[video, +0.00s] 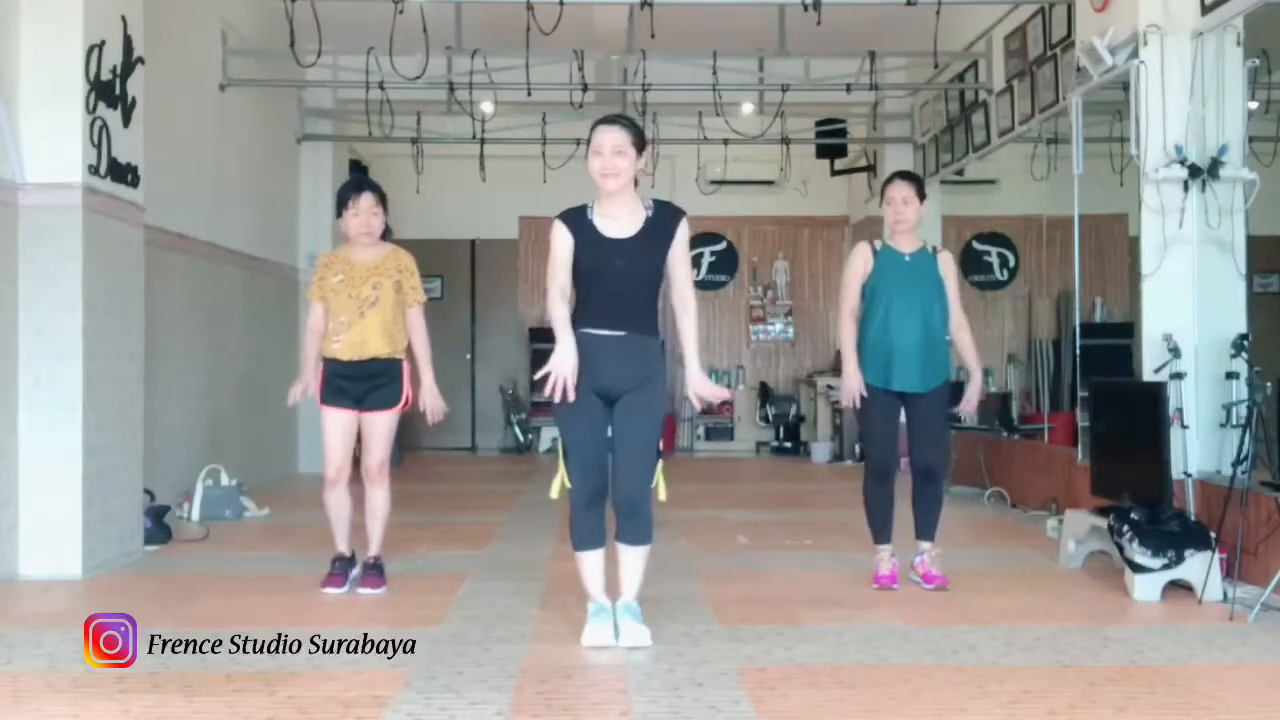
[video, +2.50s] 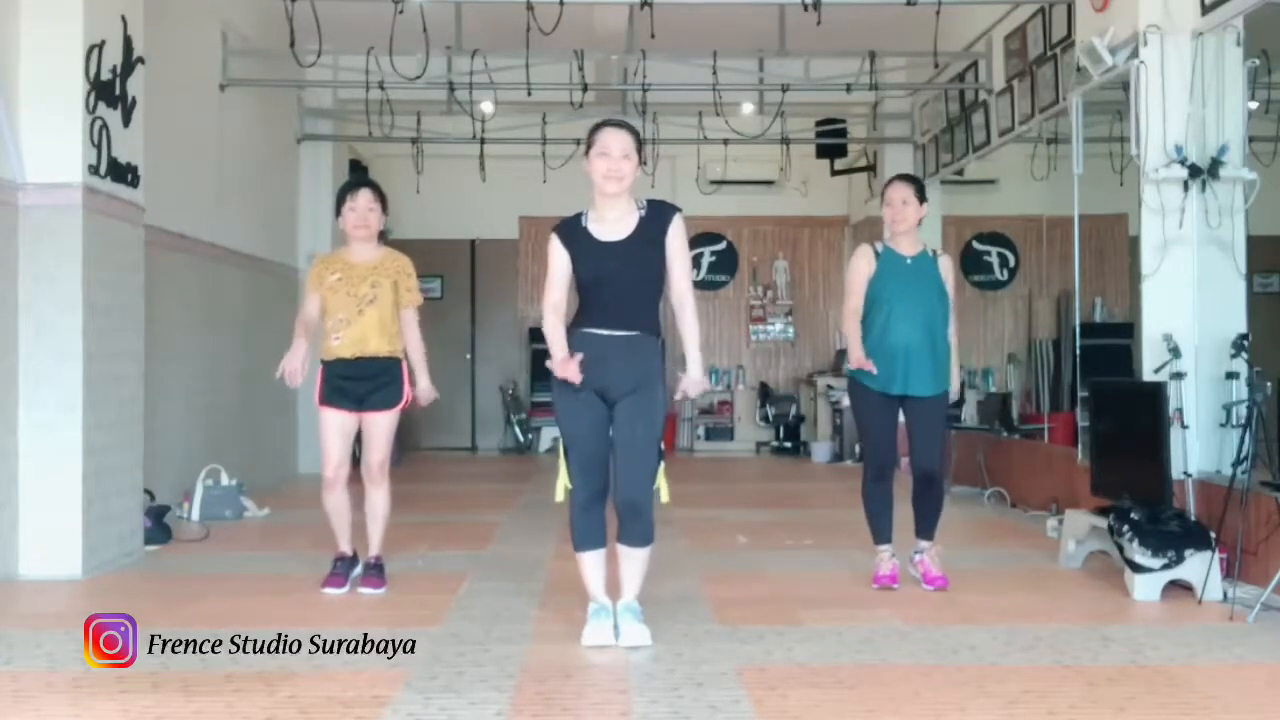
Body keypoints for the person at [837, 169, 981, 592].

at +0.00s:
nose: (898, 209)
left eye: (906, 201)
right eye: (891, 202)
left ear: (922, 207)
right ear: (882, 208)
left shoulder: (942, 260)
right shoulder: (865, 254)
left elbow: (957, 321)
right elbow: (848, 315)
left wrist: (975, 372)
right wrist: (850, 368)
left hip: (931, 381)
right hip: (878, 381)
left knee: (930, 466)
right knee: (881, 466)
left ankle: (925, 554)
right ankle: (884, 555)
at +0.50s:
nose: (895, 211)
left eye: (903, 204)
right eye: (888, 204)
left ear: (916, 210)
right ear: (876, 210)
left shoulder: (932, 262)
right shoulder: (859, 258)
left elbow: (939, 326)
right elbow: (848, 314)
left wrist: (948, 381)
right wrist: (855, 354)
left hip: (923, 380)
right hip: (870, 378)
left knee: (926, 467)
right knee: (876, 465)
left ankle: (924, 550)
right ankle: (883, 553)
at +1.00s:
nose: (898, 205)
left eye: (906, 198)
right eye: (890, 199)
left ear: (921, 204)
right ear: (880, 208)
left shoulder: (945, 256)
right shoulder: (867, 257)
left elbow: (962, 312)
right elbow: (845, 318)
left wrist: (969, 337)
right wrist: (835, 370)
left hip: (932, 380)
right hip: (878, 379)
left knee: (927, 467)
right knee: (881, 465)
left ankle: (923, 553)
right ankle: (884, 554)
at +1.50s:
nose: (906, 211)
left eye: (914, 203)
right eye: (899, 204)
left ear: (933, 207)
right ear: (892, 211)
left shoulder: (958, 259)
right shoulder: (878, 260)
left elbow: (976, 315)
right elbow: (864, 320)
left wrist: (974, 350)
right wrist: (856, 369)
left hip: (942, 383)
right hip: (889, 382)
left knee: (932, 468)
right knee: (893, 467)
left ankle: (924, 554)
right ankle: (887, 551)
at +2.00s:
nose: (888, 207)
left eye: (898, 199)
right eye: (886, 200)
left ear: (923, 206)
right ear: (885, 206)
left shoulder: (948, 259)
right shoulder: (870, 254)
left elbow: (962, 321)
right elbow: (852, 306)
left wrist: (974, 379)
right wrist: (857, 343)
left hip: (934, 380)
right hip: (879, 378)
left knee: (932, 466)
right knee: (882, 465)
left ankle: (924, 552)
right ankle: (885, 553)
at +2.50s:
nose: (894, 210)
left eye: (904, 203)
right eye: (888, 203)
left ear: (922, 210)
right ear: (881, 209)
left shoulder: (942, 263)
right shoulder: (867, 256)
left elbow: (949, 322)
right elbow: (851, 312)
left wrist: (953, 371)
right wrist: (856, 356)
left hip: (929, 380)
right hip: (875, 377)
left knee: (929, 468)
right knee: (879, 464)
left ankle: (925, 551)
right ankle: (884, 553)